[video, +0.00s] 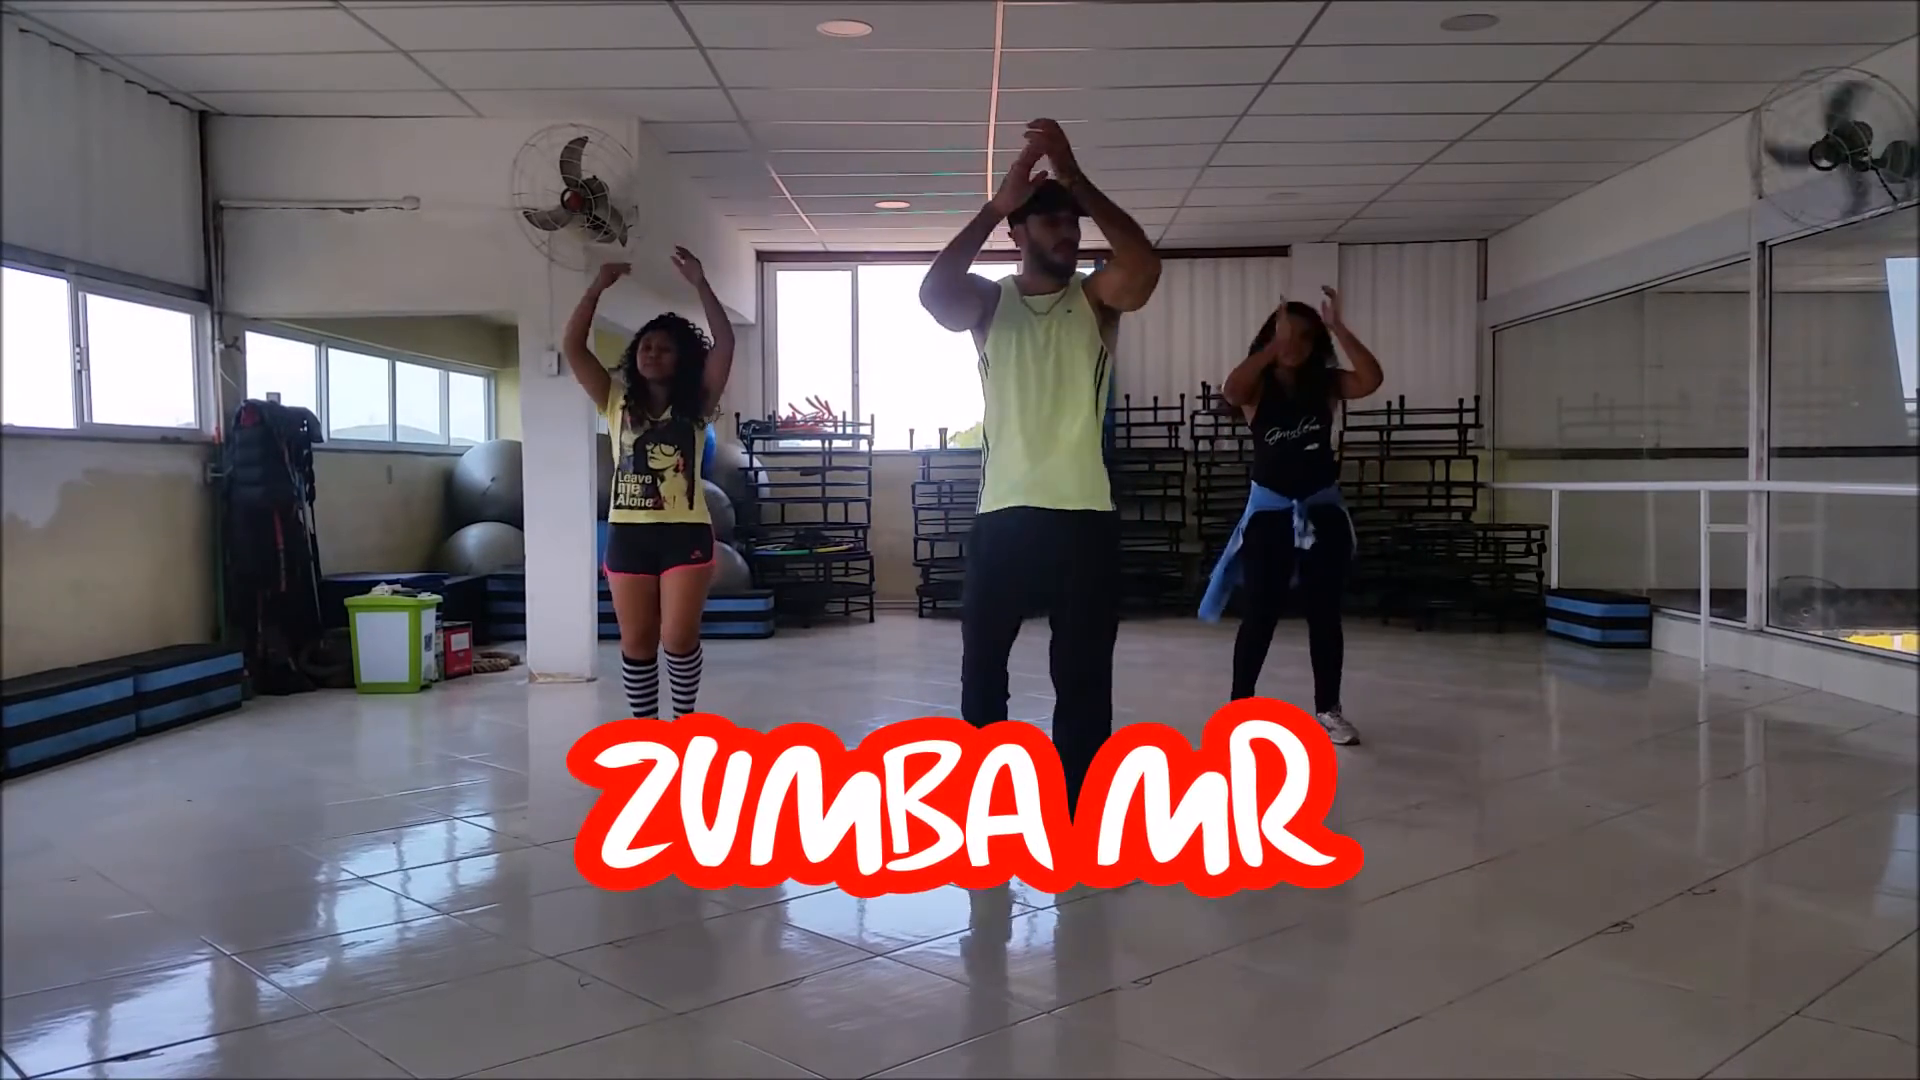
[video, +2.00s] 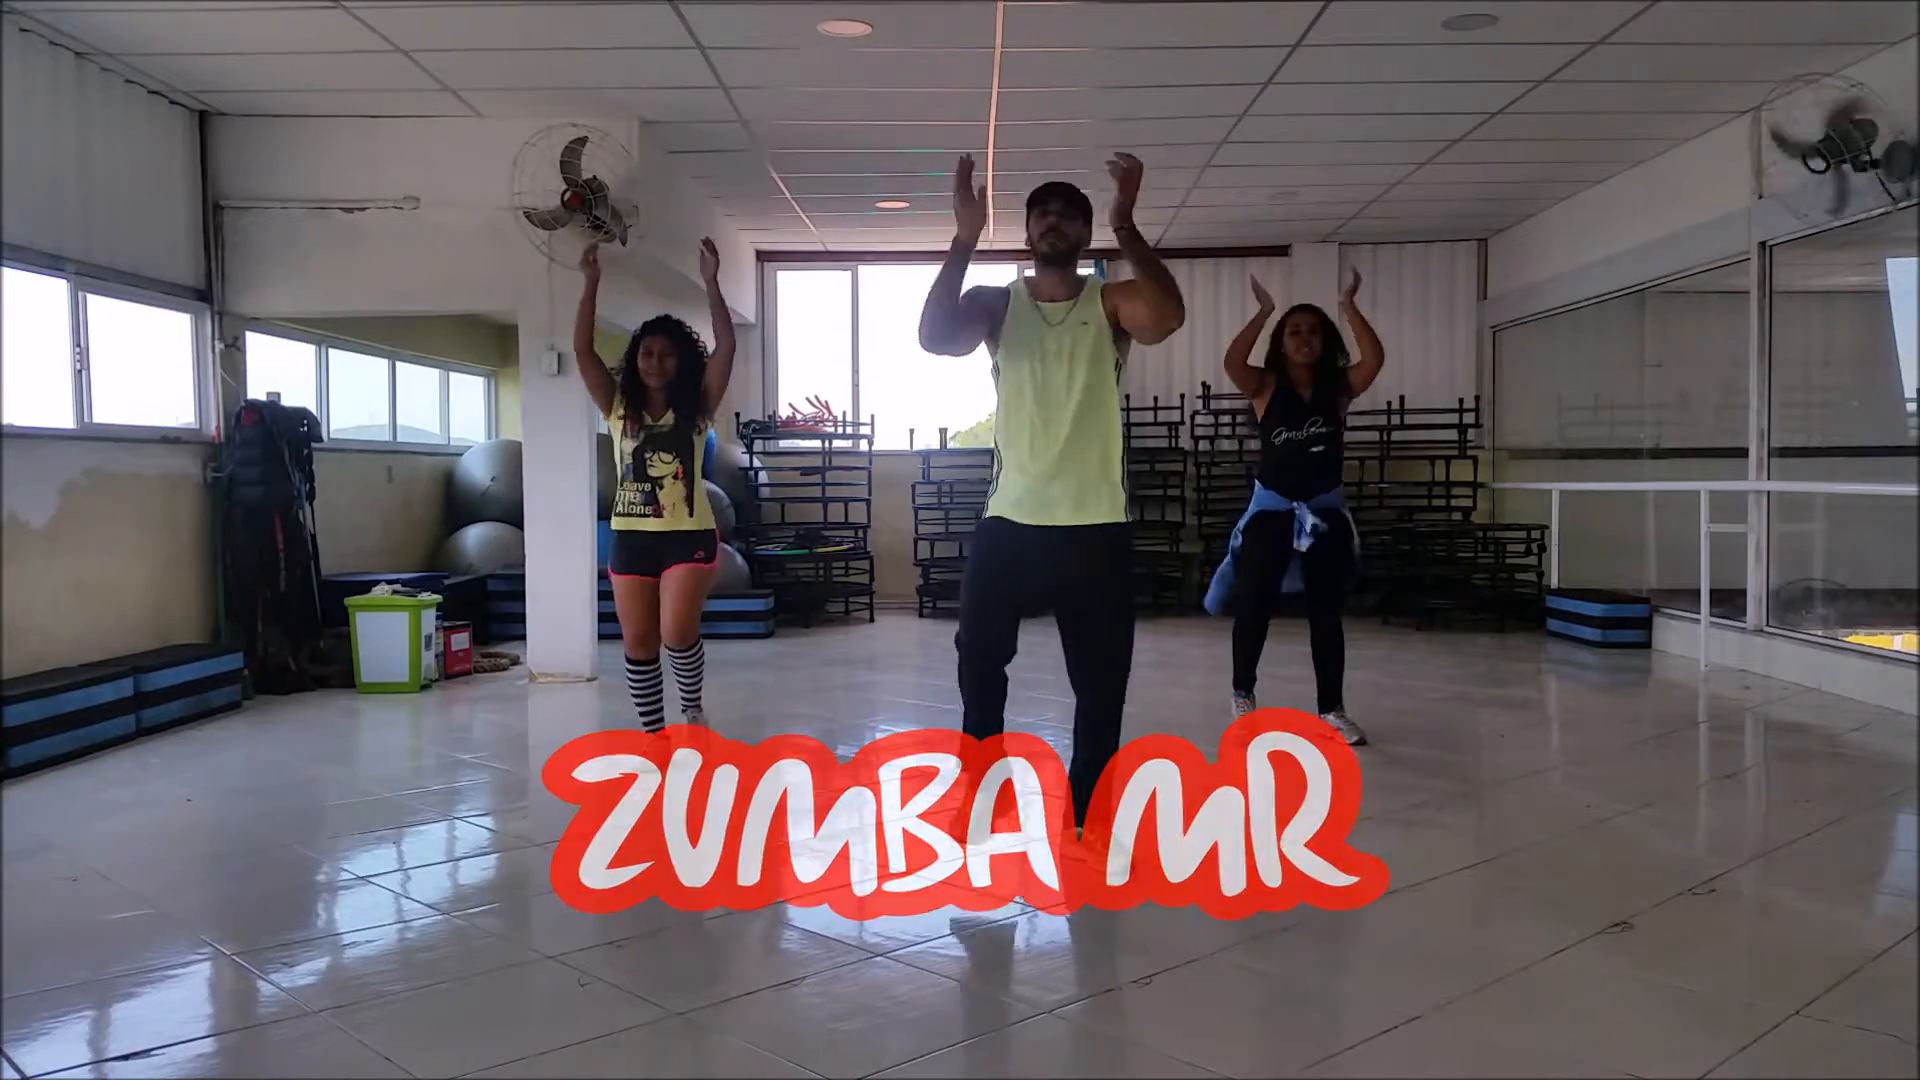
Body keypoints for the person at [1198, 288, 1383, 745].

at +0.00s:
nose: (1292, 345)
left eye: (1301, 338)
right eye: (1285, 336)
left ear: (1313, 343)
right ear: (1271, 341)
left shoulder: (1327, 382)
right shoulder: (1254, 385)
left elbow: (1370, 379)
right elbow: (1232, 387)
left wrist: (1337, 327)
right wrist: (1268, 348)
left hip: (1323, 515)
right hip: (1269, 516)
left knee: (1325, 614)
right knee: (1260, 615)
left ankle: (1328, 711)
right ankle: (1239, 710)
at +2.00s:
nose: (1304, 339)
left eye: (1313, 332)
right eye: (1295, 333)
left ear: (1326, 341)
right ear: (1280, 342)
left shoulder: (1337, 388)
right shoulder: (1264, 386)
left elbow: (1373, 357)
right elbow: (1233, 363)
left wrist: (1349, 306)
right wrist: (1263, 314)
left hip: (1326, 516)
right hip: (1270, 515)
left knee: (1327, 614)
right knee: (1254, 605)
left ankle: (1332, 712)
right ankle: (1243, 698)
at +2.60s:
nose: (1289, 339)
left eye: (1297, 331)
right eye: (1279, 332)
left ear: (1309, 340)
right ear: (1264, 341)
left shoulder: (1317, 385)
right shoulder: (1249, 386)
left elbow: (1360, 358)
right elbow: (1240, 354)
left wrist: (1329, 308)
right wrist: (1276, 313)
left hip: (1314, 513)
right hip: (1260, 514)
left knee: (1337, 608)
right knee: (1256, 611)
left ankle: (1337, 710)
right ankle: (1245, 712)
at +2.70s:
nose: (1298, 342)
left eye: (1305, 335)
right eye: (1290, 334)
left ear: (1316, 342)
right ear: (1272, 343)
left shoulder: (1326, 387)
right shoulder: (1256, 386)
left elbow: (1362, 357)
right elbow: (1239, 354)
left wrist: (1320, 319)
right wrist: (1280, 329)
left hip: (1320, 515)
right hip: (1266, 515)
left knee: (1325, 616)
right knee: (1262, 614)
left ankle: (1333, 714)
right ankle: (1246, 712)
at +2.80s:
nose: (1302, 337)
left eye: (1310, 330)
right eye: (1293, 332)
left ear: (1322, 339)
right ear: (1282, 342)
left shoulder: (1337, 385)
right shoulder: (1264, 384)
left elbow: (1371, 360)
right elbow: (1234, 360)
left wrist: (1332, 319)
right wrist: (1278, 325)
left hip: (1326, 515)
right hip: (1272, 515)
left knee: (1327, 615)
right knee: (1263, 613)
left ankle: (1333, 714)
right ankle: (1244, 711)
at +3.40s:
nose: (1278, 337)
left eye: (1287, 331)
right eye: (1269, 331)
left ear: (1300, 342)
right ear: (1254, 342)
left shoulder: (1317, 390)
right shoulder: (1239, 388)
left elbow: (1368, 434)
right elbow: (1191, 427)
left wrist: (1336, 428)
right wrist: (1239, 436)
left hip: (1309, 513)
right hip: (1252, 514)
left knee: (1343, 598)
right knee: (1245, 611)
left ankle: (1347, 705)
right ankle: (1234, 715)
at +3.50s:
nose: (1279, 335)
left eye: (1287, 329)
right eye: (1269, 329)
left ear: (1300, 339)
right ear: (1254, 339)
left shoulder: (1315, 390)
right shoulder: (1235, 387)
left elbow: (1350, 438)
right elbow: (1195, 444)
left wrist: (1362, 460)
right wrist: (1220, 476)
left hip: (1308, 511)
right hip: (1251, 512)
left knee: (1348, 598)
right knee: (1245, 611)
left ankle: (1365, 700)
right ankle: (1234, 715)